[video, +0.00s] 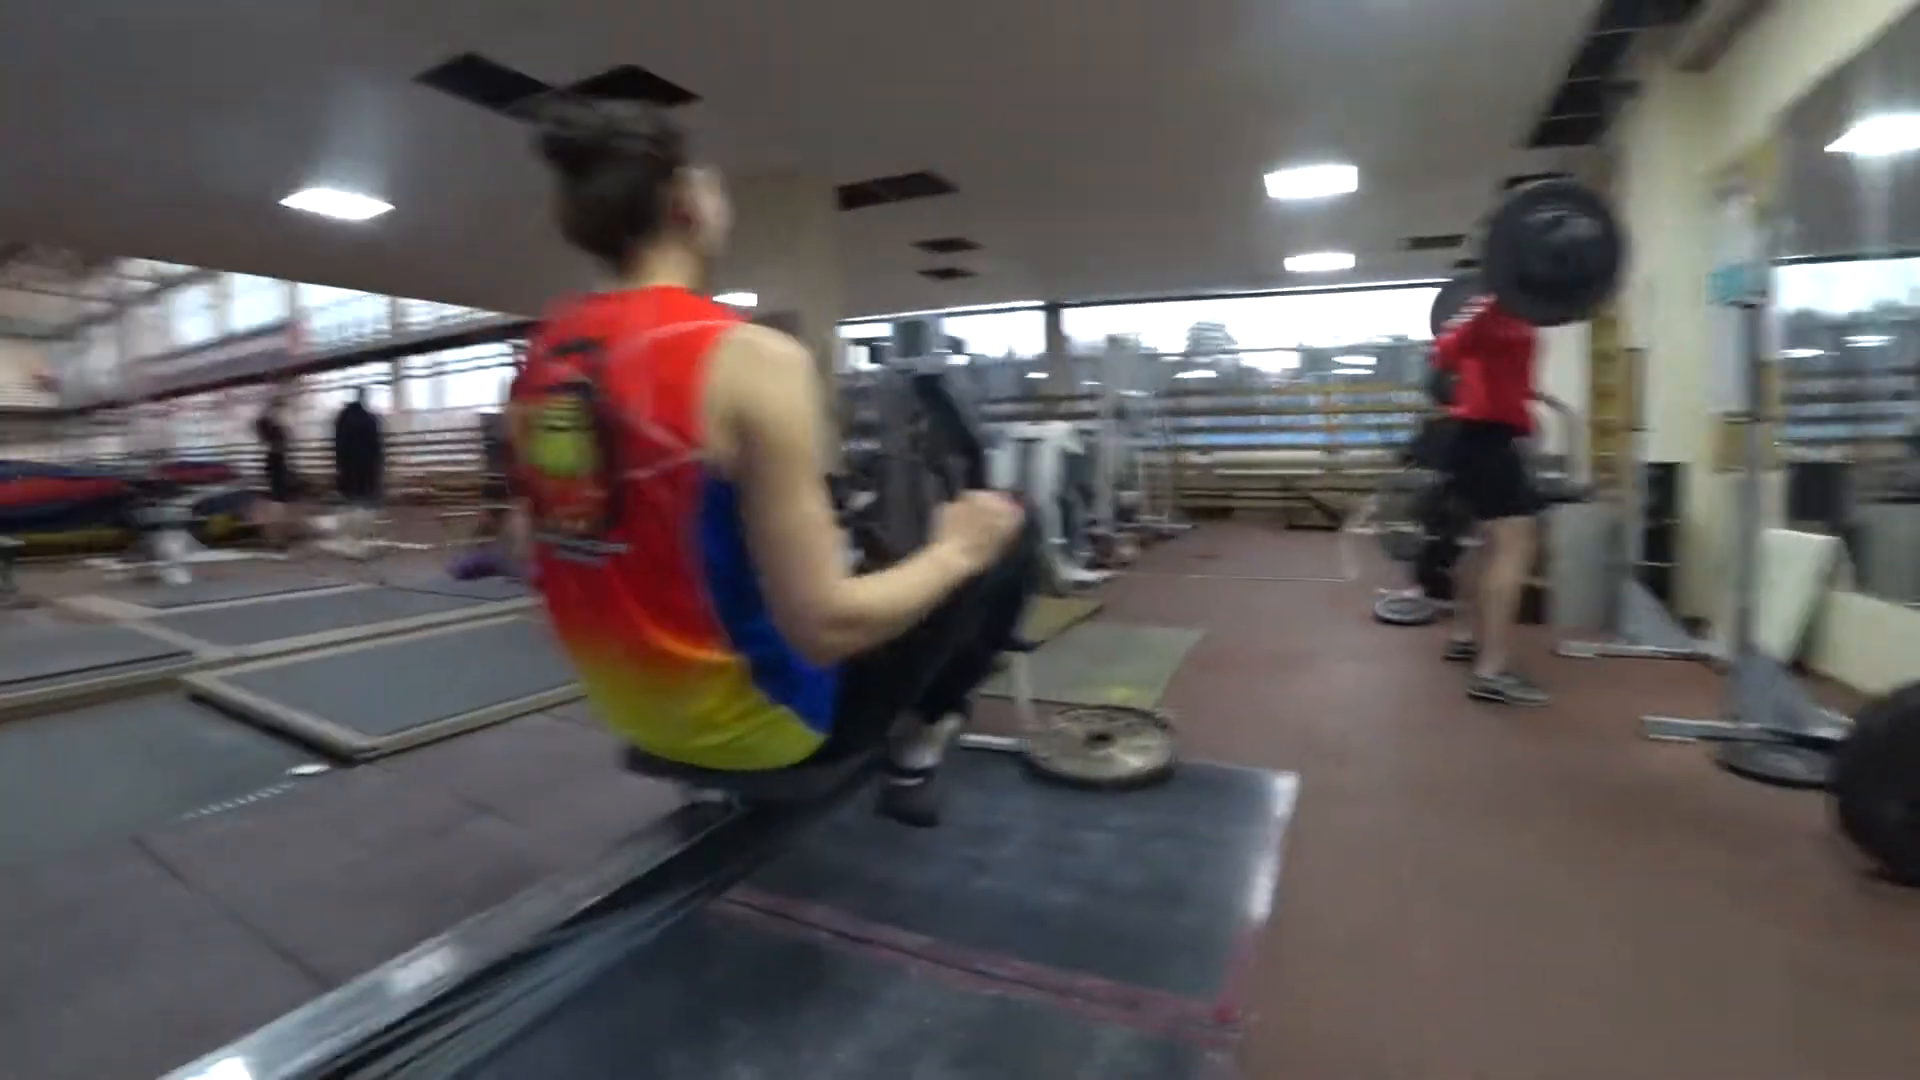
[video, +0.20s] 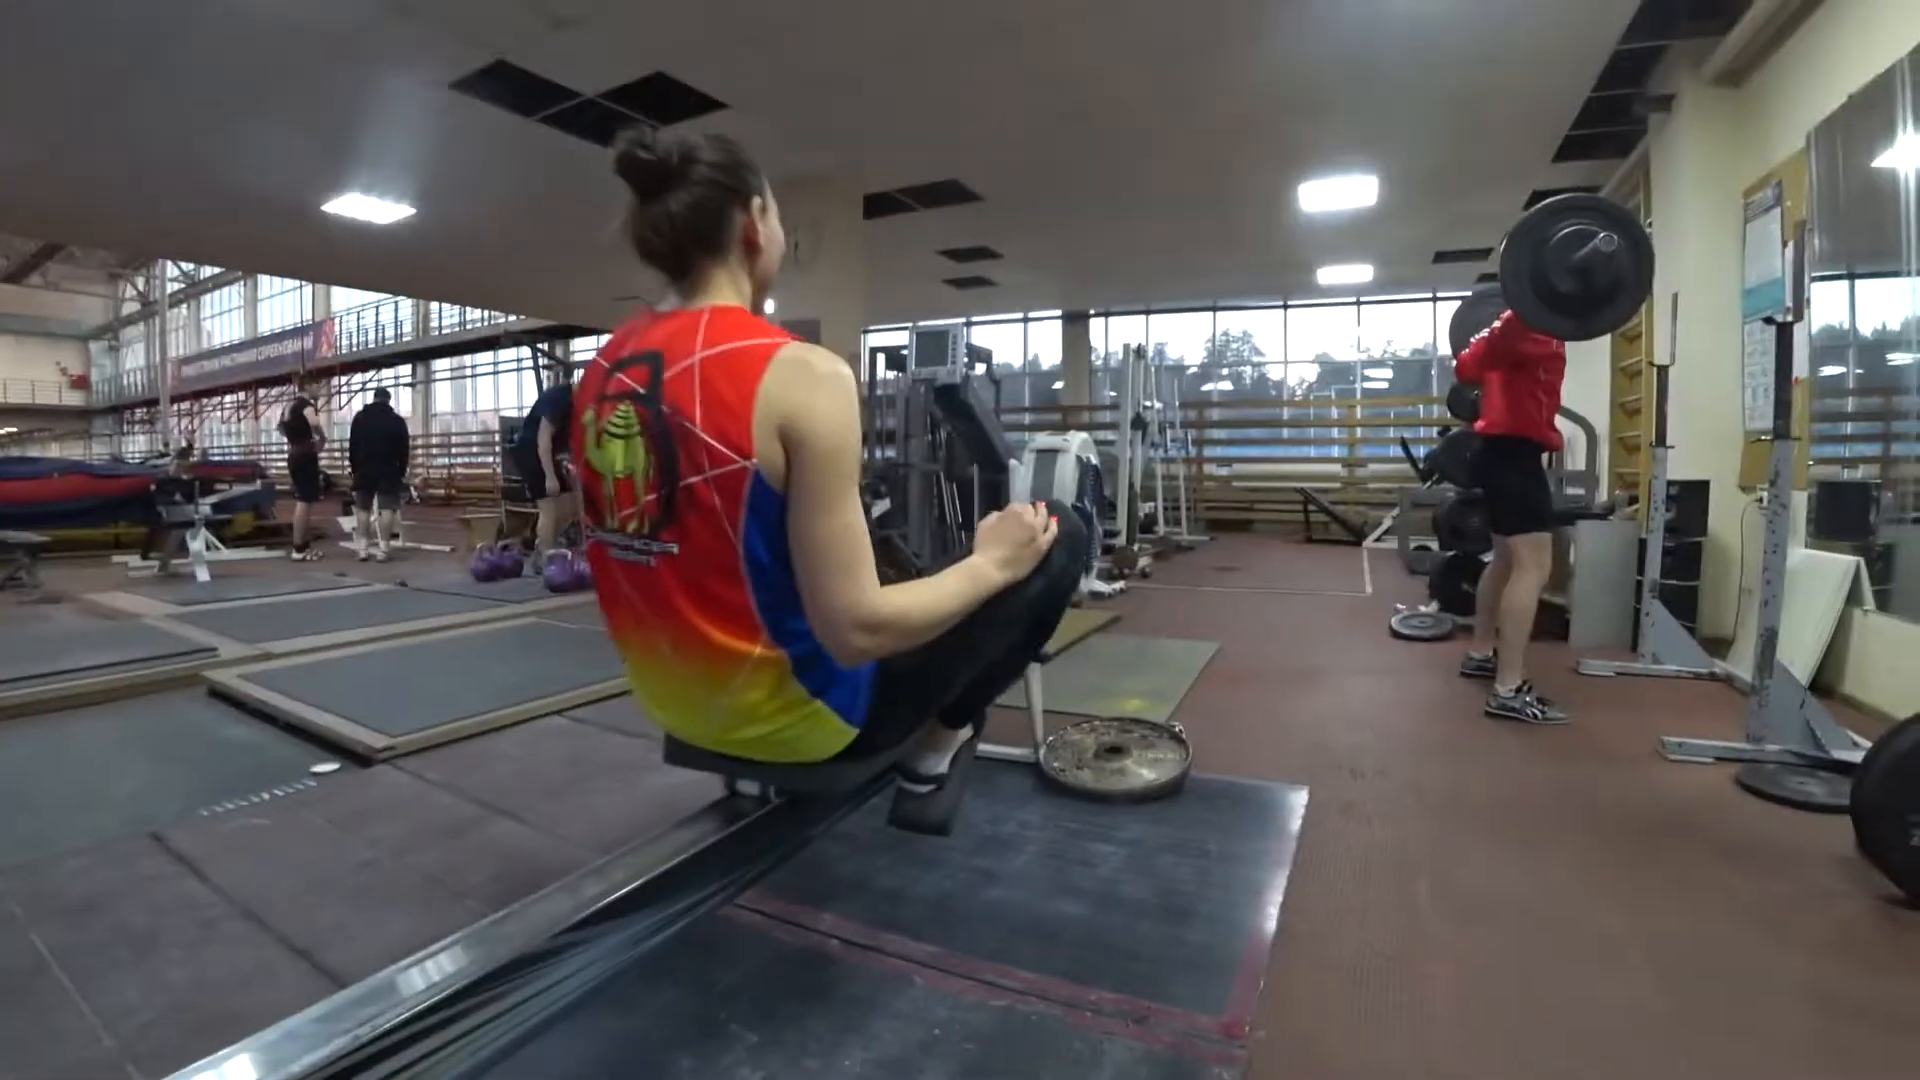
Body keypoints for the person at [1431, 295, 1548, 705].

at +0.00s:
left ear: (1510, 270)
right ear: (1518, 270)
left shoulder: (1519, 315)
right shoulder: (1491, 308)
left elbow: (1503, 373)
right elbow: (1445, 348)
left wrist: (1539, 396)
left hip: (1492, 432)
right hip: (1483, 433)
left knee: (1491, 541)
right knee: (1514, 544)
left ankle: (1470, 634)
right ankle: (1492, 669)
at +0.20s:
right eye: (1567, 278)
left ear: (1541, 281)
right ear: (1553, 280)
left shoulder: (1546, 324)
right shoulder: (1521, 321)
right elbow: (1467, 365)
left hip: (1506, 451)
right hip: (1511, 452)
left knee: (1504, 560)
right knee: (1533, 566)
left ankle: (1482, 653)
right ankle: (1510, 689)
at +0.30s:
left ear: (1530, 289)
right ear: (1549, 289)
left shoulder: (1535, 330)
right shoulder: (1520, 330)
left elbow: (1468, 370)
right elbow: (1464, 373)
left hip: (1497, 459)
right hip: (1508, 461)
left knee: (1498, 568)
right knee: (1528, 575)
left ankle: (1477, 660)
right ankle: (1505, 697)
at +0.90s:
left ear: (1510, 334)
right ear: (1526, 333)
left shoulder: (1520, 377)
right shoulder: (1507, 376)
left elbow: (1451, 420)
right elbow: (1454, 418)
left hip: (1484, 504)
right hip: (1498, 506)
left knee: (1489, 611)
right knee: (1518, 619)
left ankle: (1468, 704)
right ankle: (1497, 740)